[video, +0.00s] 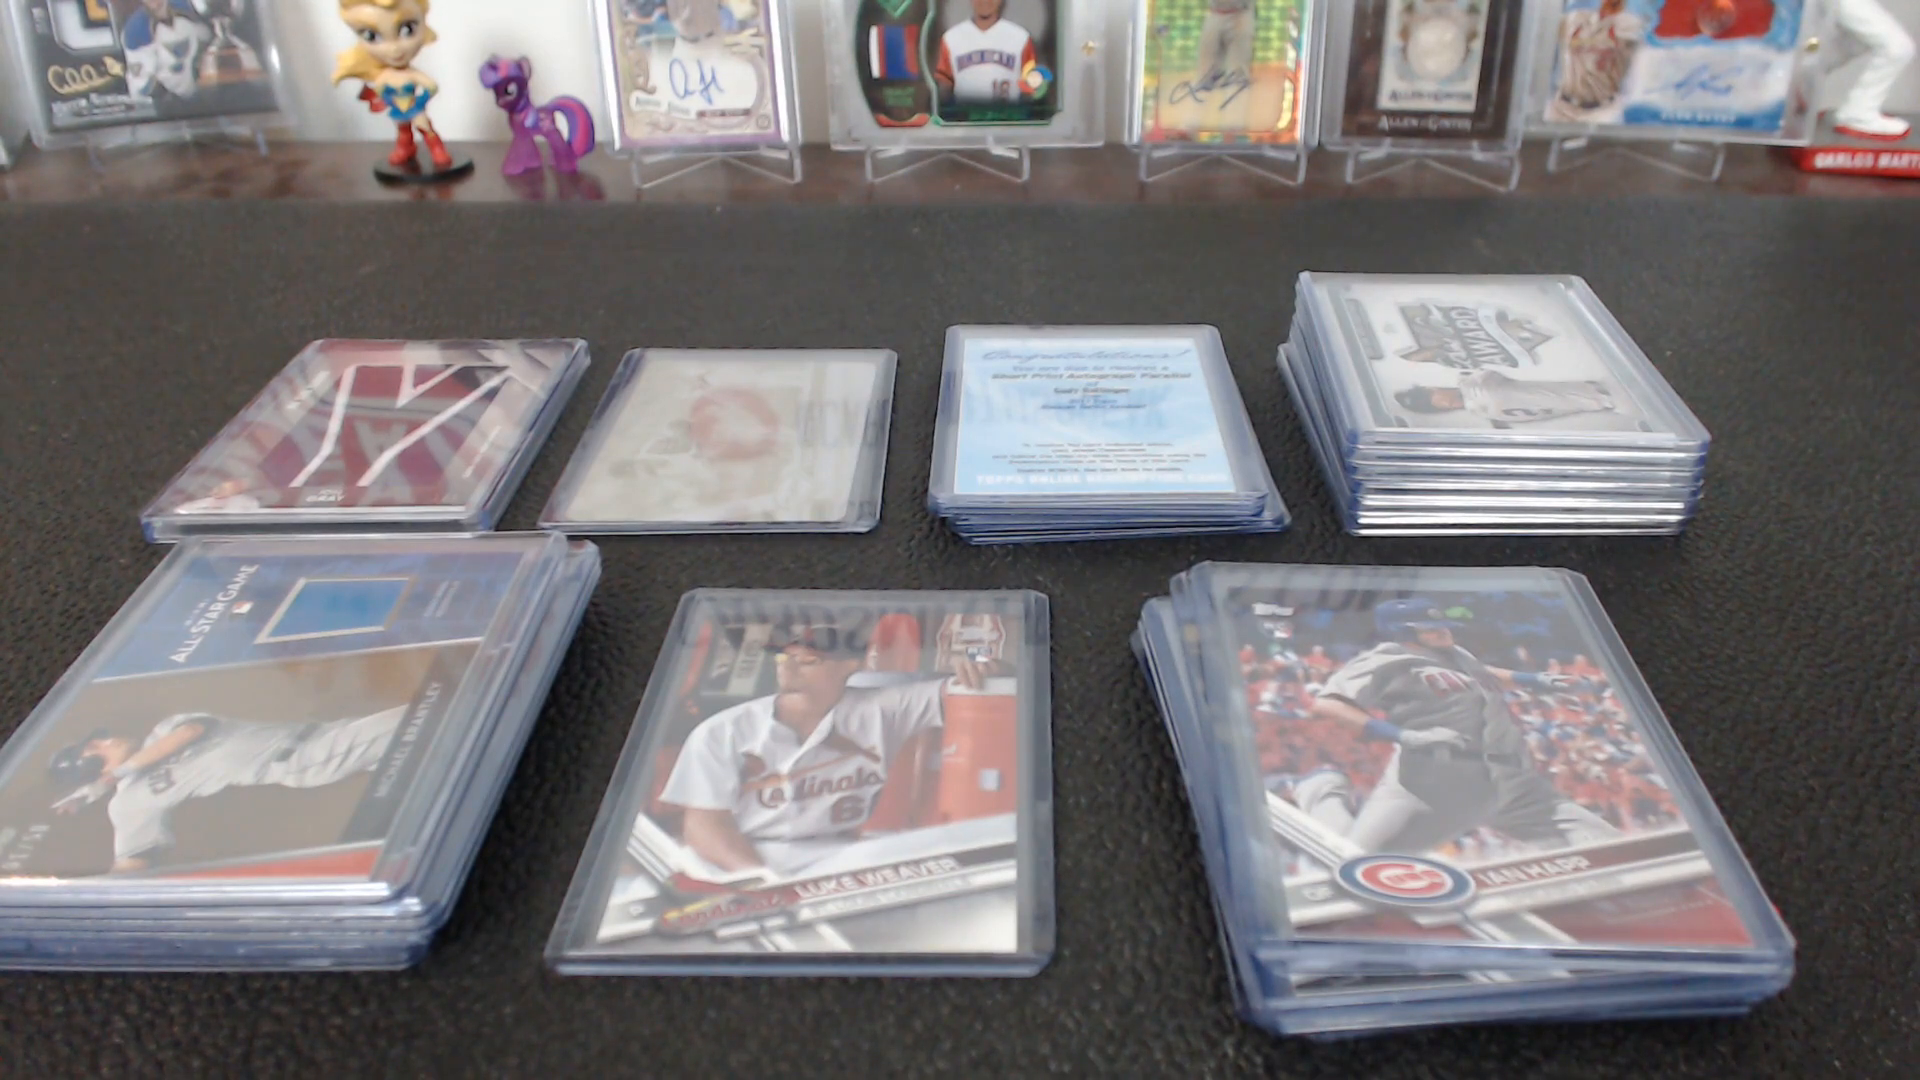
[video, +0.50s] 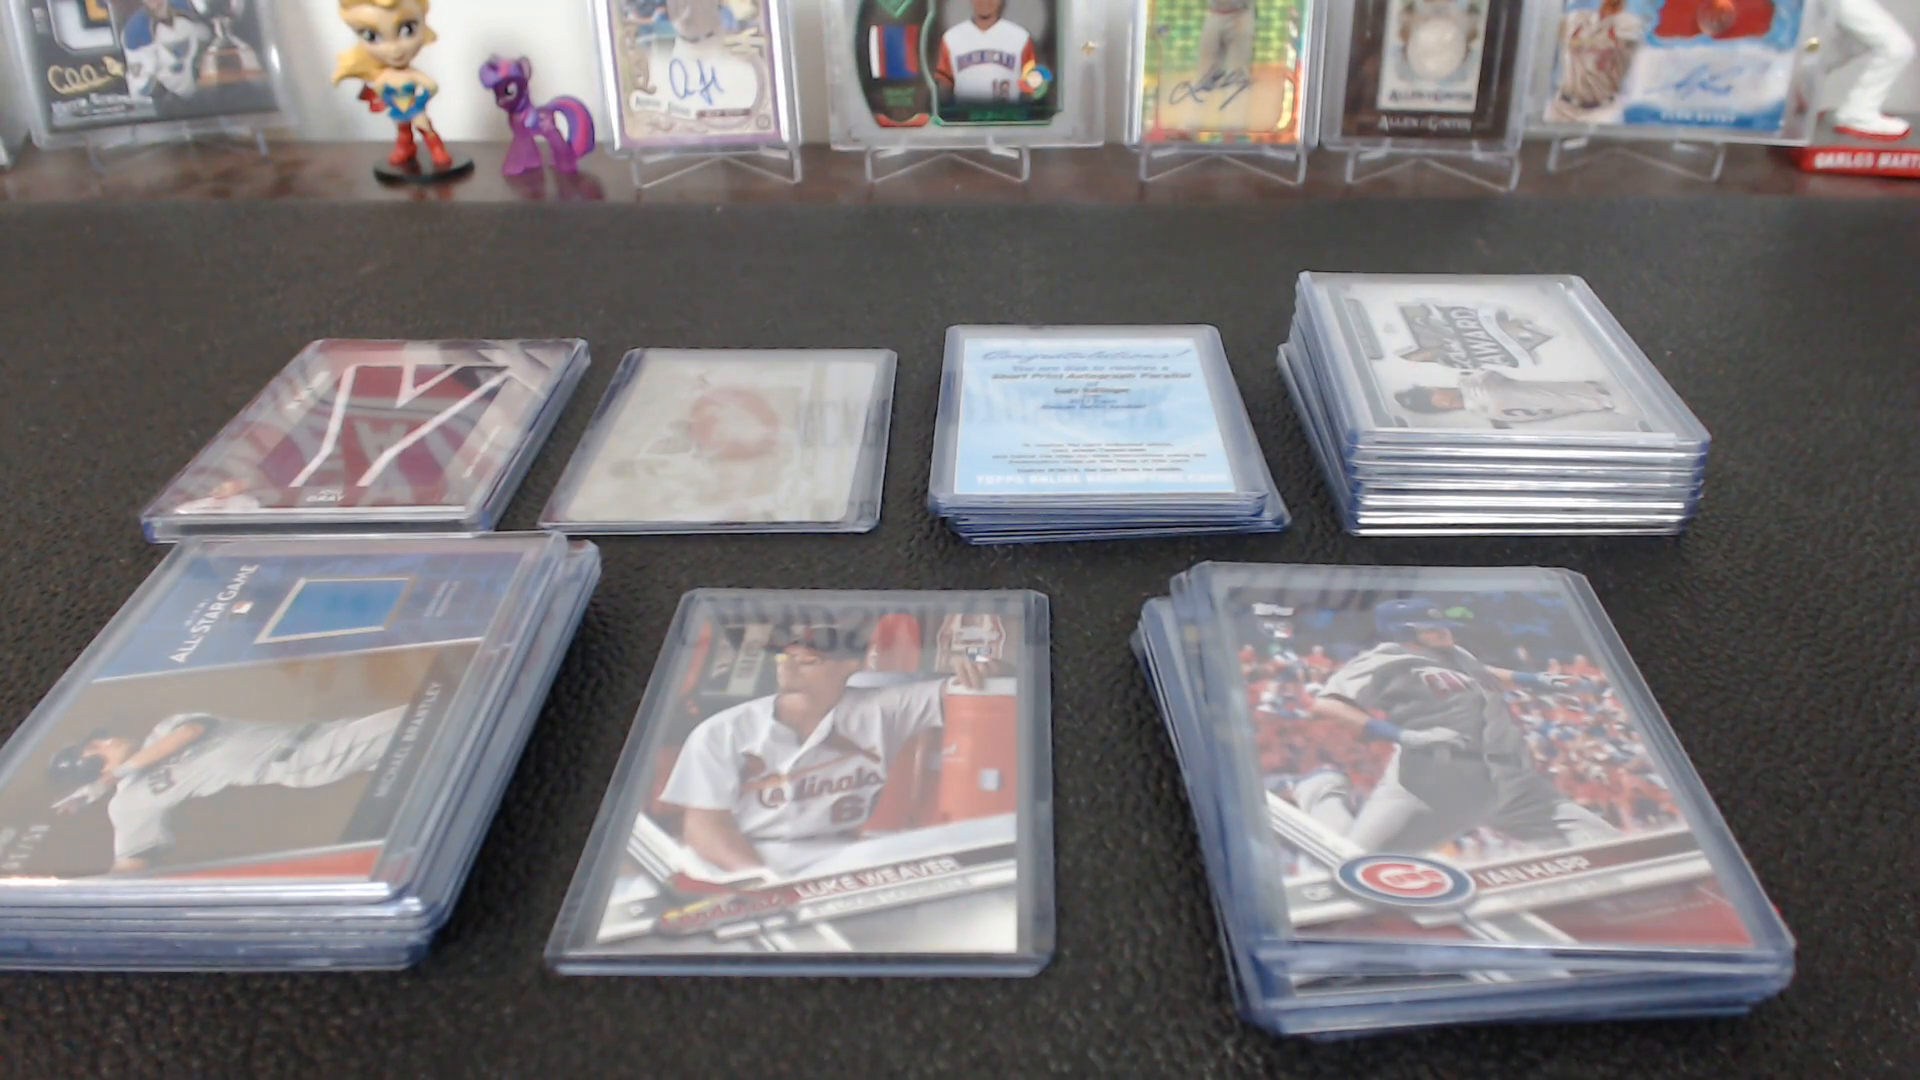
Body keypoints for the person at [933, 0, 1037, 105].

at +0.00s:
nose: (984, 2)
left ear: (1000, 2)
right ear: (971, 2)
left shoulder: (1020, 37)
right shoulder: (950, 38)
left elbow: (1029, 81)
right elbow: (944, 78)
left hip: (1008, 121)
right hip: (965, 120)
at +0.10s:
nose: (984, 2)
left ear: (1001, 2)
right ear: (971, 2)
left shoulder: (1020, 37)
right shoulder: (951, 38)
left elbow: (1029, 81)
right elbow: (944, 78)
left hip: (1008, 121)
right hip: (965, 120)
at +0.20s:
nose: (984, 2)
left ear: (1000, 2)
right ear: (971, 2)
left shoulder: (1020, 37)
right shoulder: (951, 38)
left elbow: (1029, 81)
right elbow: (944, 77)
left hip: (1008, 120)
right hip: (965, 119)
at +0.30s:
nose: (984, 2)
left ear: (1000, 2)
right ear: (971, 2)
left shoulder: (1021, 37)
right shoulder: (951, 37)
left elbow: (1030, 81)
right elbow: (944, 77)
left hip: (1009, 121)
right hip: (965, 120)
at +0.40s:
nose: (984, 2)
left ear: (1000, 2)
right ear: (971, 2)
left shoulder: (1020, 37)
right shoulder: (951, 37)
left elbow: (1029, 81)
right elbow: (944, 78)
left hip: (1009, 120)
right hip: (965, 119)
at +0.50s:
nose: (984, 2)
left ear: (1001, 2)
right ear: (971, 2)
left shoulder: (1020, 37)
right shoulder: (951, 38)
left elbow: (1029, 81)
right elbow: (944, 78)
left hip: (1008, 121)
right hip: (965, 120)